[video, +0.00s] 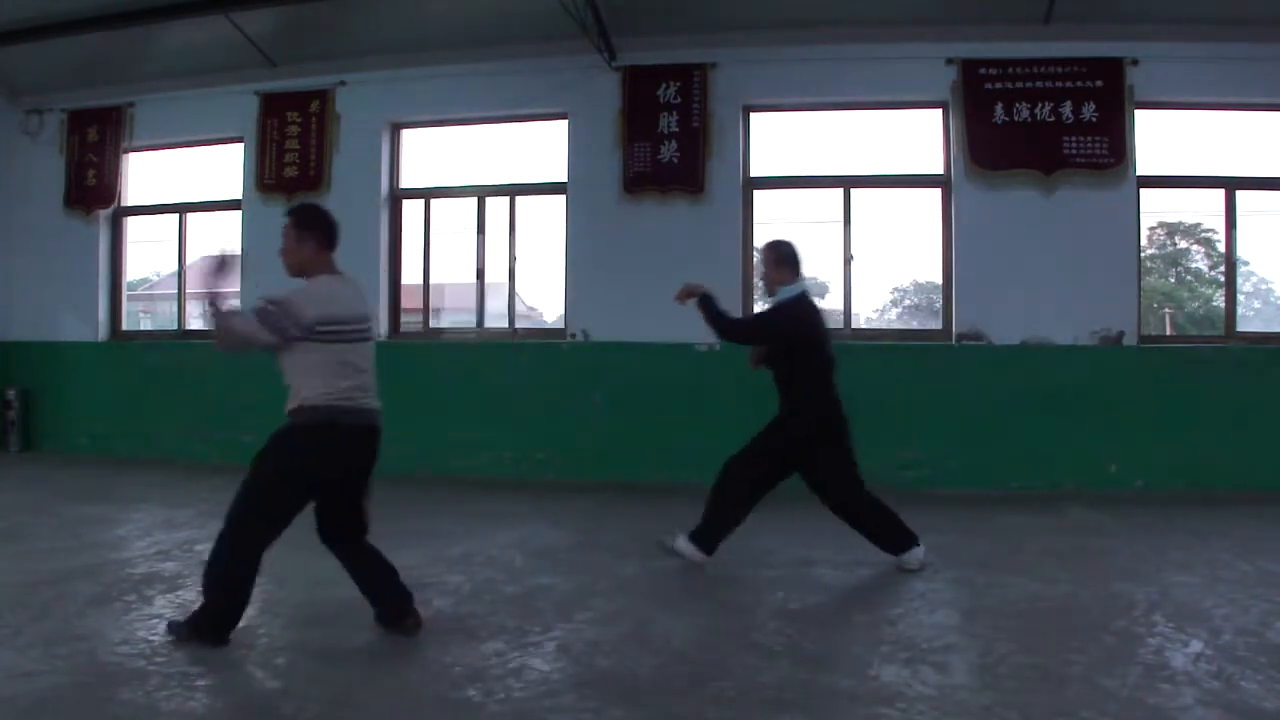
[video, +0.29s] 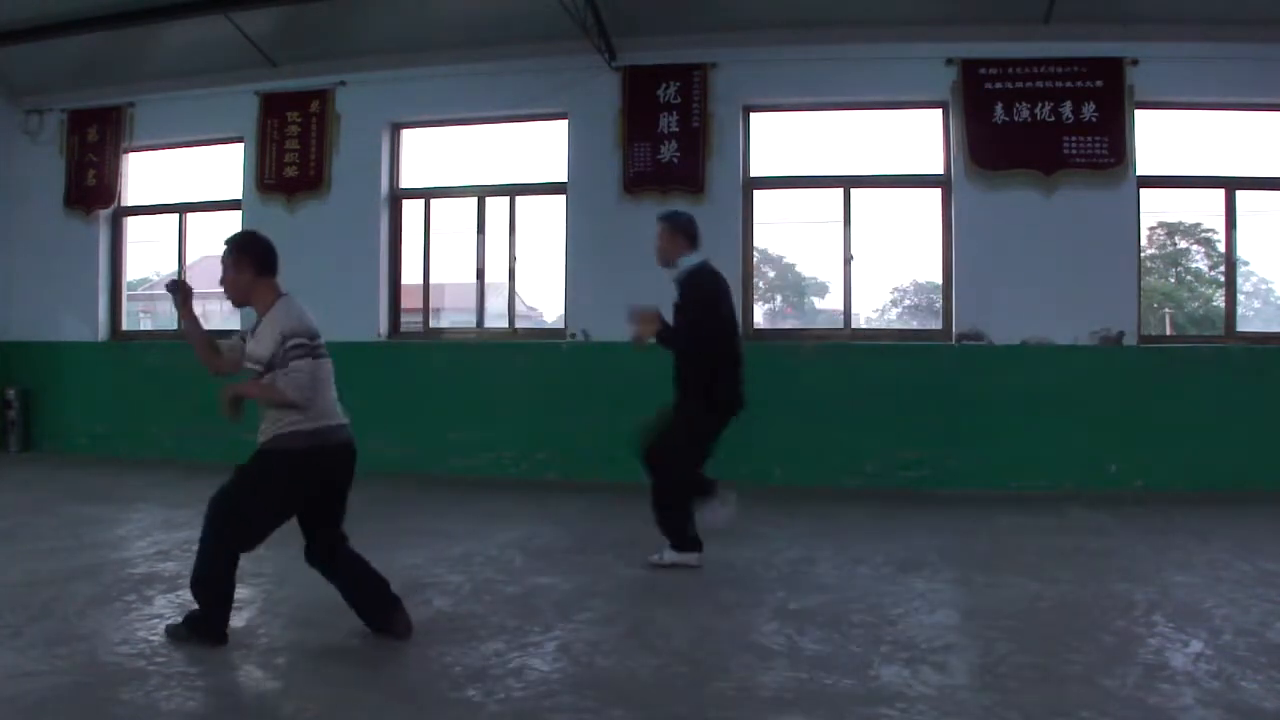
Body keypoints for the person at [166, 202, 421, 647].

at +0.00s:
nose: (282, 251)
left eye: (288, 241)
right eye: (283, 241)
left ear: (311, 243)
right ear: (324, 245)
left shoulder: (303, 300)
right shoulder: (355, 295)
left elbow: (247, 331)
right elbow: (286, 328)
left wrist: (221, 313)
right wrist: (239, 323)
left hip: (312, 428)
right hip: (362, 429)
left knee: (248, 525)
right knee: (342, 530)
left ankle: (213, 623)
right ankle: (399, 614)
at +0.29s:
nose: (222, 282)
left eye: (227, 271)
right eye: (223, 272)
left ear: (251, 272)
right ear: (260, 273)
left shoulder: (289, 320)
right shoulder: (269, 326)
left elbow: (299, 390)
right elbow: (216, 361)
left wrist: (242, 391)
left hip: (297, 450)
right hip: (330, 449)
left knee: (224, 519)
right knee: (325, 546)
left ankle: (210, 622)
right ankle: (390, 618)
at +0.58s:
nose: (239, 272)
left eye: (242, 263)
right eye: (240, 263)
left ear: (256, 263)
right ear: (278, 262)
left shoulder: (295, 311)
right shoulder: (277, 316)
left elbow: (304, 382)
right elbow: (218, 339)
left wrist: (268, 381)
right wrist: (191, 280)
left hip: (312, 441)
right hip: (343, 437)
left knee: (247, 524)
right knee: (339, 538)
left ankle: (212, 621)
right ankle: (396, 619)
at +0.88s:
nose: (249, 270)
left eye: (250, 261)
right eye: (249, 262)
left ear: (261, 262)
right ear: (291, 260)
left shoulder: (308, 310)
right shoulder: (277, 317)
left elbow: (309, 384)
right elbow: (220, 342)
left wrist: (273, 380)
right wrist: (193, 281)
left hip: (316, 443)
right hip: (342, 440)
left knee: (250, 524)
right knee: (339, 539)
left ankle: (212, 620)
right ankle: (395, 618)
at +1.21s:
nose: (255, 272)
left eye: (254, 262)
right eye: (253, 264)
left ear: (264, 261)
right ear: (294, 256)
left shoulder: (303, 306)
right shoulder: (288, 311)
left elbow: (307, 380)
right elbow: (229, 342)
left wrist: (273, 379)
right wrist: (195, 293)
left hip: (313, 441)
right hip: (347, 437)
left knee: (250, 525)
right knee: (342, 538)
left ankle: (212, 620)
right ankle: (396, 617)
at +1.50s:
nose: (268, 274)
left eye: (266, 264)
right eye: (265, 266)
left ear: (273, 258)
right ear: (304, 253)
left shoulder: (297, 297)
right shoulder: (334, 294)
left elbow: (304, 370)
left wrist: (282, 394)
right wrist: (265, 346)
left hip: (320, 430)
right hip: (369, 425)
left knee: (272, 529)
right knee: (354, 532)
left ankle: (222, 618)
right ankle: (399, 619)